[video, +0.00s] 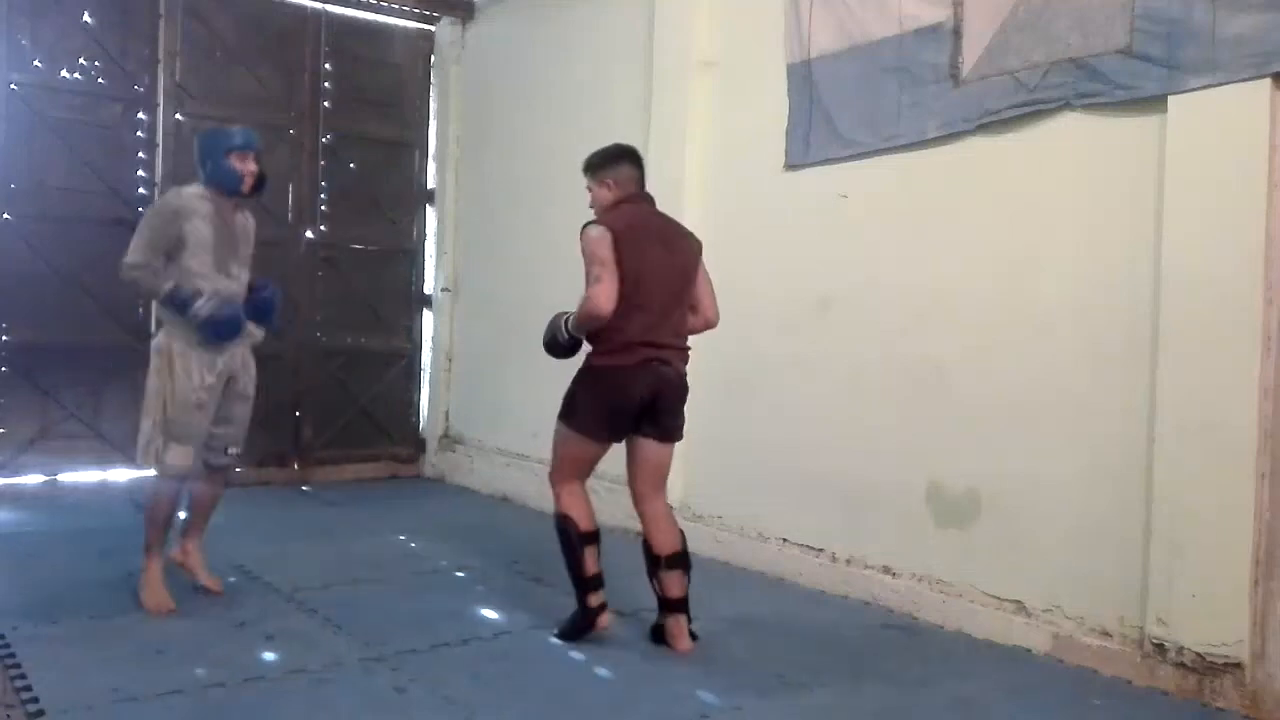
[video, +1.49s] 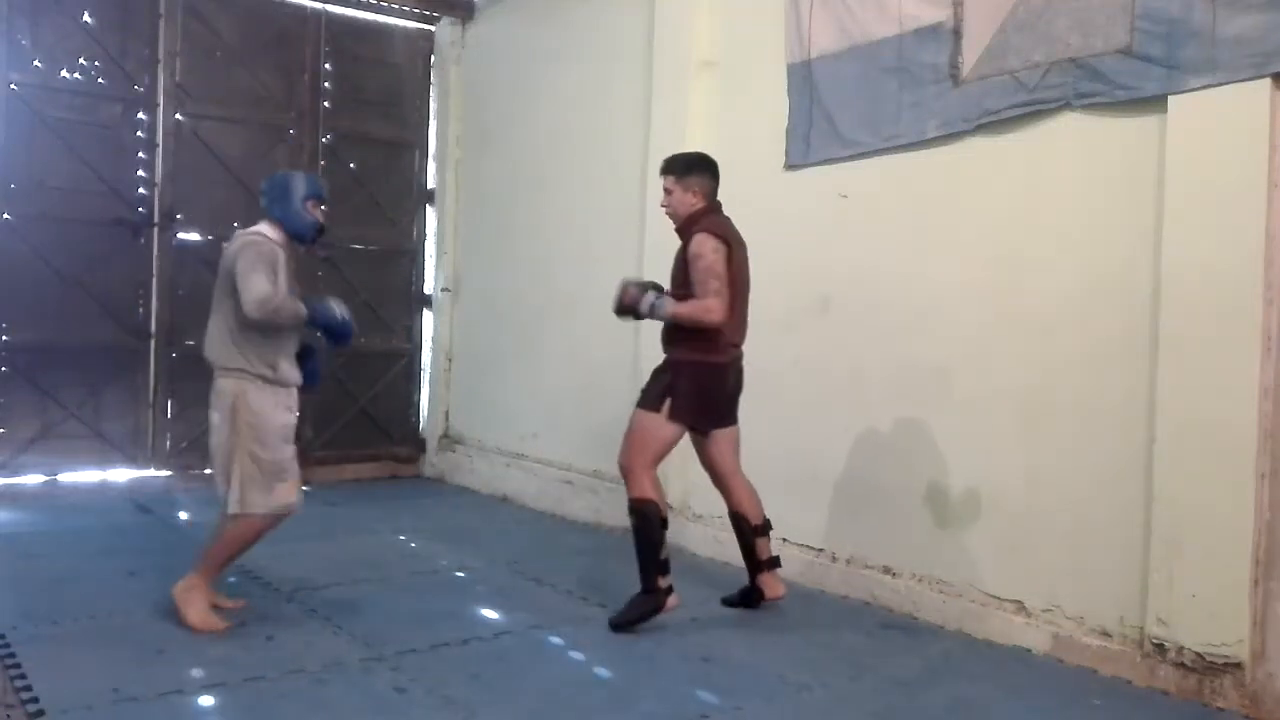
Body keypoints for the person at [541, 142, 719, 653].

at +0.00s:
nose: (590, 199)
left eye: (591, 191)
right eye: (588, 191)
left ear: (609, 187)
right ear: (639, 186)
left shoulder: (602, 230)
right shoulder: (684, 237)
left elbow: (601, 304)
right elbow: (706, 315)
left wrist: (569, 328)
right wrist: (653, 325)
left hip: (610, 379)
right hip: (667, 384)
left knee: (568, 479)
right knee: (652, 494)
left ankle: (592, 606)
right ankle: (677, 624)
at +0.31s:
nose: (600, 189)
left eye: (602, 180)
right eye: (599, 180)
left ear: (620, 176)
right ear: (643, 173)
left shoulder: (619, 222)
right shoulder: (688, 219)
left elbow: (616, 301)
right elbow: (725, 288)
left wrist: (583, 295)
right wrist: (672, 296)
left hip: (635, 363)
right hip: (684, 361)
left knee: (607, 474)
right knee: (664, 463)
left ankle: (602, 603)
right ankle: (709, 576)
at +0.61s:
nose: (647, 221)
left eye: (650, 210)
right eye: (646, 211)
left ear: (675, 206)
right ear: (688, 205)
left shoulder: (684, 248)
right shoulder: (722, 245)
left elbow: (645, 319)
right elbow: (697, 313)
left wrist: (629, 273)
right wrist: (650, 273)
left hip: (684, 384)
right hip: (724, 384)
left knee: (630, 479)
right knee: (703, 485)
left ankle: (636, 608)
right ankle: (750, 594)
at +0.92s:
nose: (675, 210)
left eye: (679, 201)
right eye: (673, 202)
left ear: (705, 197)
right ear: (712, 199)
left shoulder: (711, 238)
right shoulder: (740, 234)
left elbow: (667, 303)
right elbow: (705, 298)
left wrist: (656, 256)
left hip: (712, 377)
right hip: (745, 376)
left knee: (686, 479)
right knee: (731, 477)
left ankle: (719, 597)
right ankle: (770, 584)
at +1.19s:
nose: (676, 202)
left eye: (682, 192)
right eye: (675, 192)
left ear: (709, 190)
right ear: (711, 191)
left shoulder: (723, 234)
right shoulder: (723, 225)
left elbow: (760, 294)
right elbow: (734, 293)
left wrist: (698, 306)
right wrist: (687, 299)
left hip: (708, 364)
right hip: (739, 363)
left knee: (649, 454)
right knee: (738, 469)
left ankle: (670, 572)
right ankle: (768, 577)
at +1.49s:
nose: (663, 202)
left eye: (670, 193)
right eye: (663, 193)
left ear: (697, 193)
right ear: (702, 194)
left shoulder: (704, 238)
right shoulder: (722, 232)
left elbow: (713, 311)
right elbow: (712, 305)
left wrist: (652, 304)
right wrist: (658, 295)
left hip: (689, 369)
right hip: (720, 370)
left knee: (636, 465)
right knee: (728, 474)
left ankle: (656, 587)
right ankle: (767, 580)